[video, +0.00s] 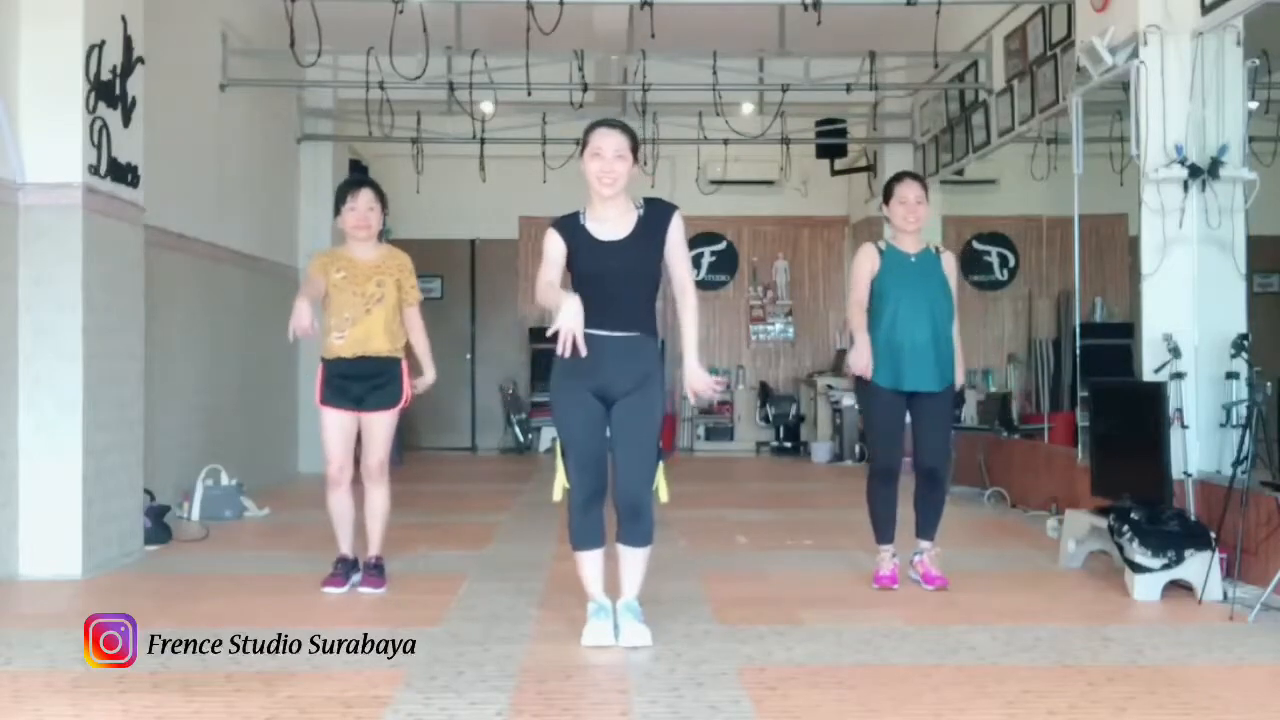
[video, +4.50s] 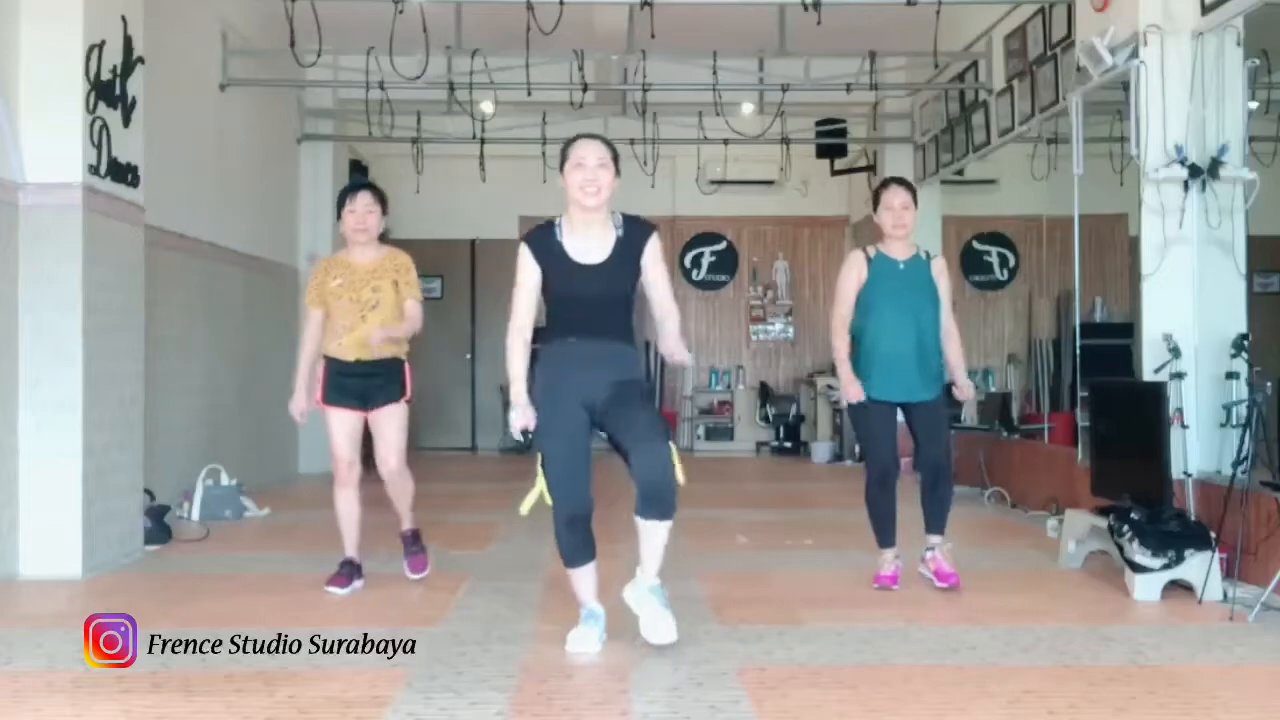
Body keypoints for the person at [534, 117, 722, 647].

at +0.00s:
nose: (607, 166)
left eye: (618, 156)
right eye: (597, 155)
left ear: (635, 165)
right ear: (582, 163)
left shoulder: (664, 220)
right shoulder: (562, 231)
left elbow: (685, 291)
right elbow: (544, 292)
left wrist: (692, 361)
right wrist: (567, 299)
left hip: (641, 368)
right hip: (576, 368)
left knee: (635, 490)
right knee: (585, 488)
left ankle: (629, 605)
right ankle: (597, 605)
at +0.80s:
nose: (622, 161)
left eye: (632, 151)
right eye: (611, 151)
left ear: (647, 159)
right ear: (593, 160)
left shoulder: (669, 220)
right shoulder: (569, 224)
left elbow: (692, 286)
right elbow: (548, 301)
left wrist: (684, 319)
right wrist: (534, 373)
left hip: (653, 364)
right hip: (590, 366)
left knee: (645, 487)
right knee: (598, 487)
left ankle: (632, 604)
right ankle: (599, 605)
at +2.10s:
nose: (594, 176)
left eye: (604, 168)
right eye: (583, 168)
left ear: (620, 178)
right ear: (566, 178)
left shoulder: (641, 235)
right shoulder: (540, 242)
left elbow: (660, 292)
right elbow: (509, 320)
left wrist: (666, 354)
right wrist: (540, 298)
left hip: (624, 375)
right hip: (559, 378)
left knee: (637, 475)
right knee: (571, 503)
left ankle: (628, 607)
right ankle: (589, 613)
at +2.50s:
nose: (589, 180)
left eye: (599, 171)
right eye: (579, 171)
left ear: (615, 183)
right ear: (561, 181)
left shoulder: (640, 243)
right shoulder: (538, 249)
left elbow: (655, 316)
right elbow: (522, 326)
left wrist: (668, 378)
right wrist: (530, 381)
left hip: (625, 385)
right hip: (558, 387)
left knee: (645, 475)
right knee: (566, 503)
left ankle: (639, 595)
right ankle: (590, 611)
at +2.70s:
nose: (592, 163)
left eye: (603, 154)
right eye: (580, 153)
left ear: (618, 164)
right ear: (564, 162)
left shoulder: (641, 220)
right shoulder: (538, 227)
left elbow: (671, 290)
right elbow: (514, 307)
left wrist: (662, 311)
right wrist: (504, 381)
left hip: (626, 366)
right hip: (562, 368)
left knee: (651, 489)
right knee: (575, 494)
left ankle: (636, 565)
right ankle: (588, 609)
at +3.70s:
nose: (590, 168)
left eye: (601, 158)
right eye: (579, 158)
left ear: (616, 167)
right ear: (561, 165)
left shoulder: (637, 226)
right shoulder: (535, 230)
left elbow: (663, 300)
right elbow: (512, 307)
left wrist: (683, 371)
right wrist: (529, 319)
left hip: (626, 368)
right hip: (561, 369)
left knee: (644, 481)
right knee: (575, 498)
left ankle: (639, 618)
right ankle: (590, 612)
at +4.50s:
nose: (590, 175)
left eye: (600, 167)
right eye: (579, 166)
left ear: (615, 178)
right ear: (562, 177)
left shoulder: (640, 237)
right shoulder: (537, 245)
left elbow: (664, 304)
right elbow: (520, 327)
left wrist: (669, 339)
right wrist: (519, 397)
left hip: (624, 380)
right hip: (558, 382)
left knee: (658, 472)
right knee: (570, 504)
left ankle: (646, 584)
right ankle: (590, 612)